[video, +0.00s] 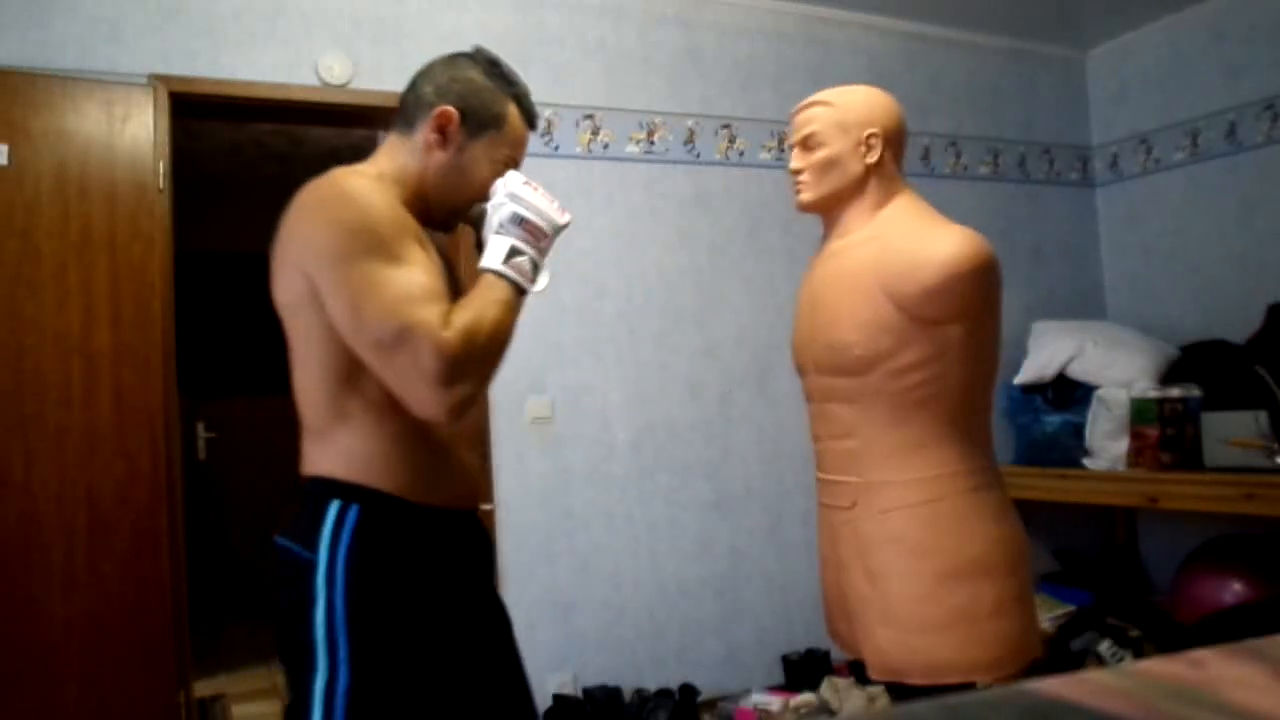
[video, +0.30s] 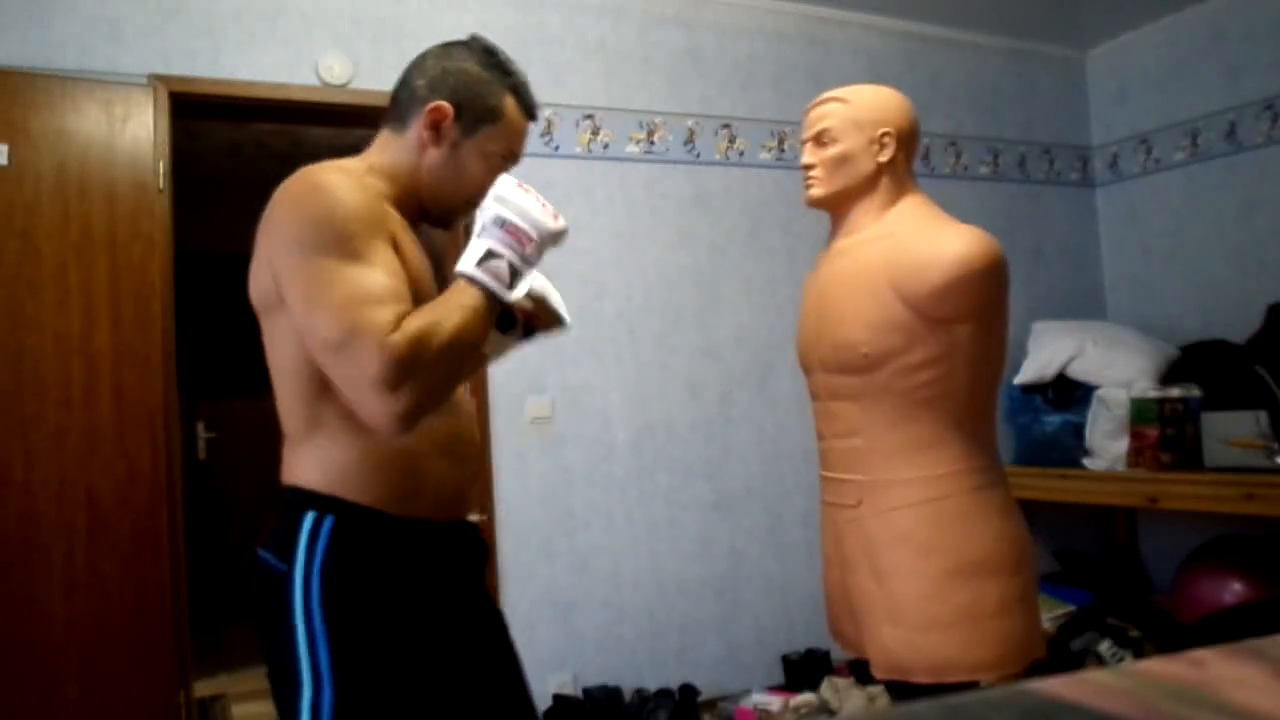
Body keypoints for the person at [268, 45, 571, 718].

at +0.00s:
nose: (499, 190)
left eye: (509, 173)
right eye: (501, 167)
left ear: (441, 134)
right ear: (444, 132)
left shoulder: (447, 233)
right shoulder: (342, 207)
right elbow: (440, 385)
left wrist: (508, 257)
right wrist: (515, 257)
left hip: (447, 544)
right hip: (366, 548)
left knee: (496, 716)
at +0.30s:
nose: (498, 188)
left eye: (507, 169)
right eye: (498, 163)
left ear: (433, 129)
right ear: (437, 126)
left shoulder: (424, 231)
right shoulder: (321, 202)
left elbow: (419, 377)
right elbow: (387, 389)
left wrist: (502, 328)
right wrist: (489, 272)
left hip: (442, 558)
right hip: (353, 565)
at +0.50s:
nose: (571, 199)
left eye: (579, 179)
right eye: (566, 173)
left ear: (504, 150)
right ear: (500, 145)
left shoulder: (522, 261)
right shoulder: (356, 225)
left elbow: (624, 331)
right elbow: (288, 407)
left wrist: (741, 329)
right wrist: (446, 338)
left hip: (468, 574)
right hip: (353, 573)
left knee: (545, 717)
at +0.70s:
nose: (616, 225)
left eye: (622, 203)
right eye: (613, 198)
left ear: (559, 175)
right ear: (561, 173)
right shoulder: (514, 220)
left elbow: (532, 408)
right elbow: (605, 341)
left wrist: (636, 389)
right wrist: (691, 328)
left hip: (470, 543)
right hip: (433, 539)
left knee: (544, 710)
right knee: (412, 709)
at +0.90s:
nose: (594, 222)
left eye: (601, 205)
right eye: (595, 197)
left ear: (540, 164)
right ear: (550, 165)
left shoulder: (443, 236)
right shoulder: (516, 226)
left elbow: (487, 386)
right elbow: (588, 387)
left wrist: (600, 388)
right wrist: (677, 409)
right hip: (460, 525)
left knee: (533, 708)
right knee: (464, 710)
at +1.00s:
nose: (576, 212)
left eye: (582, 193)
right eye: (575, 185)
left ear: (524, 160)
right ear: (527, 158)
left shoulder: (445, 220)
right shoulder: (475, 222)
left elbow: (445, 387)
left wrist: (537, 389)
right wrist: (590, 433)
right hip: (438, 522)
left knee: (521, 706)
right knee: (474, 708)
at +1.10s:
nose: (544, 206)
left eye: (549, 186)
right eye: (539, 179)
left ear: (485, 159)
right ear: (485, 156)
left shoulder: (449, 237)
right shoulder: (418, 228)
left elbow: (447, 391)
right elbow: (410, 403)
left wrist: (528, 408)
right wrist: (531, 438)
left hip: (445, 525)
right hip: (408, 528)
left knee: (519, 708)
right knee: (452, 713)